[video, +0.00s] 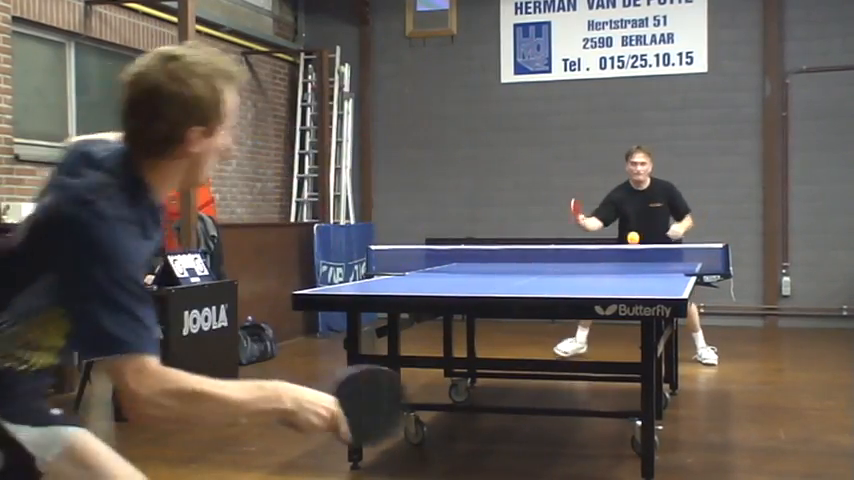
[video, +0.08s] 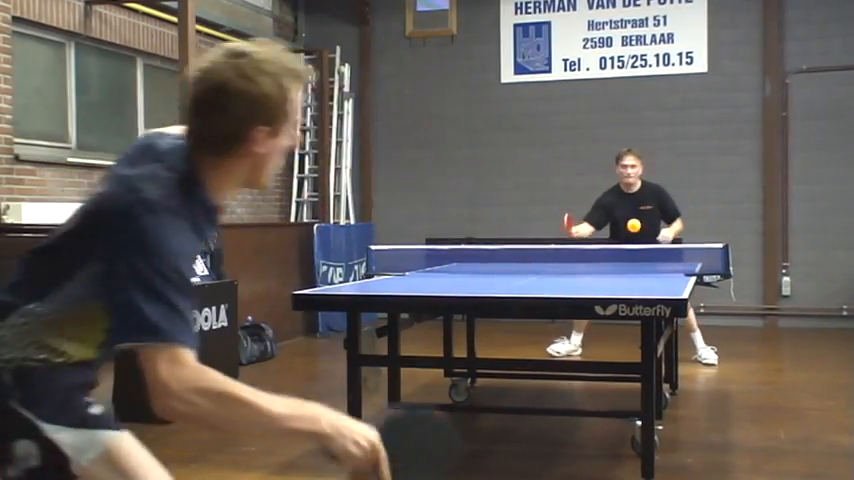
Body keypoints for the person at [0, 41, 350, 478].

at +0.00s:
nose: (230, 145)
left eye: (230, 128)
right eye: (226, 129)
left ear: (144, 122)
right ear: (194, 139)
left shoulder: (93, 158)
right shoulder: (102, 226)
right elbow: (142, 391)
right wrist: (281, 399)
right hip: (14, 398)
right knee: (123, 474)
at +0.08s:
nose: (295, 141)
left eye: (296, 126)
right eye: (292, 128)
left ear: (206, 118)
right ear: (259, 140)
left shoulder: (165, 151)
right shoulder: (155, 221)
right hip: (27, 390)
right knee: (147, 472)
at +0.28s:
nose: (467, 216)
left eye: (469, 202)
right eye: (467, 203)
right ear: (430, 210)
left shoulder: (324, 191)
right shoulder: (325, 269)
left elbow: (230, 147)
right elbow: (263, 434)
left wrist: (200, 118)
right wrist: (325, 465)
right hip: (125, 378)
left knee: (313, 431)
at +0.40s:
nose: (532, 190)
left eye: (538, 173)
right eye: (533, 172)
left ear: (441, 145)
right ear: (497, 169)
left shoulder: (350, 169)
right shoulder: (428, 244)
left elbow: (225, 186)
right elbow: (497, 404)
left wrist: (193, 167)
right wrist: (599, 351)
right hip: (272, 444)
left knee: (465, 464)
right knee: (472, 473)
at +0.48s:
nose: (542, 140)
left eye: (542, 125)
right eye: (543, 125)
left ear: (451, 115)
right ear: (526, 128)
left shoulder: (369, 171)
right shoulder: (509, 203)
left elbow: (245, 208)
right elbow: (657, 235)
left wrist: (211, 190)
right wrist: (646, 121)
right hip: (359, 451)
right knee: (502, 472)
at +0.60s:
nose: (555, 41)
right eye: (554, 30)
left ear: (465, 34)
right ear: (547, 41)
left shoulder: (390, 110)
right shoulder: (553, 127)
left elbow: (271, 187)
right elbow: (701, 170)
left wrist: (215, 204)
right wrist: (665, 76)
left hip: (332, 371)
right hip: (438, 388)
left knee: (401, 468)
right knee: (534, 469)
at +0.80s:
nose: (590, 8)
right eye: (589, 6)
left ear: (495, 5)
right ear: (580, 8)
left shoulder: (434, 60)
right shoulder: (623, 94)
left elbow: (286, 145)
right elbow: (729, 238)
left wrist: (255, 158)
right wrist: (688, 168)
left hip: (409, 346)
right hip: (538, 358)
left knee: (417, 468)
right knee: (627, 466)